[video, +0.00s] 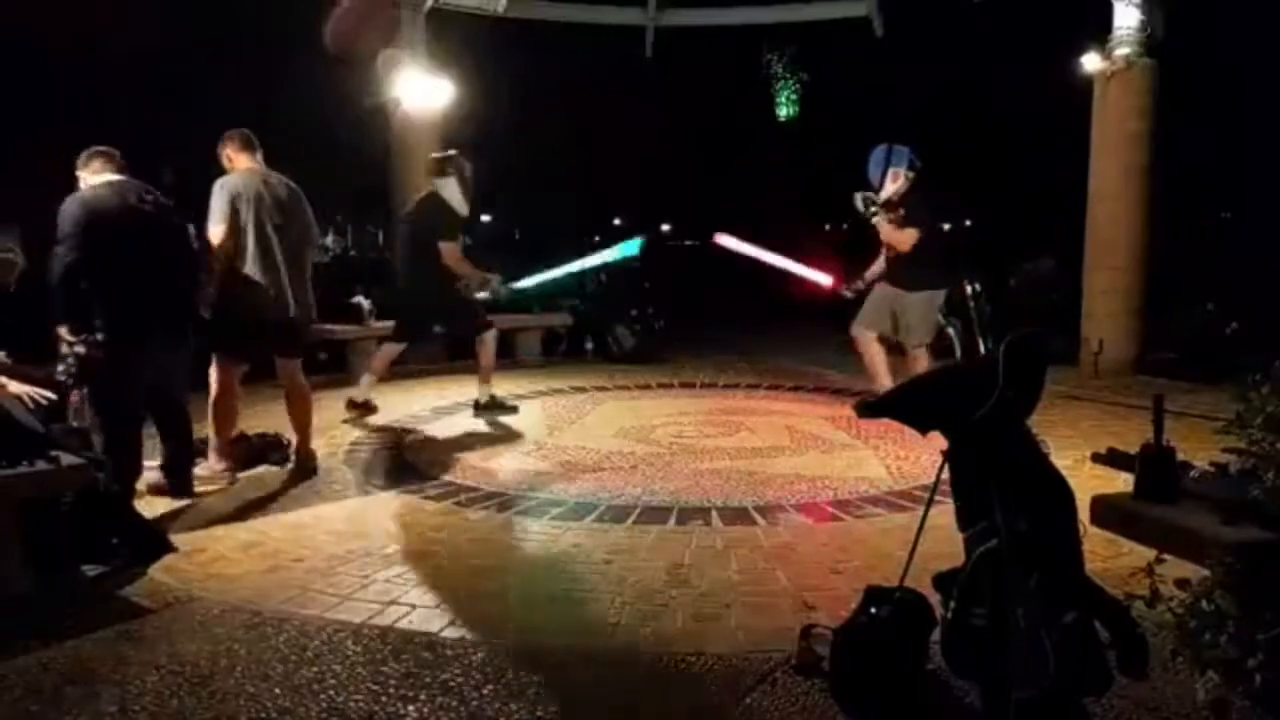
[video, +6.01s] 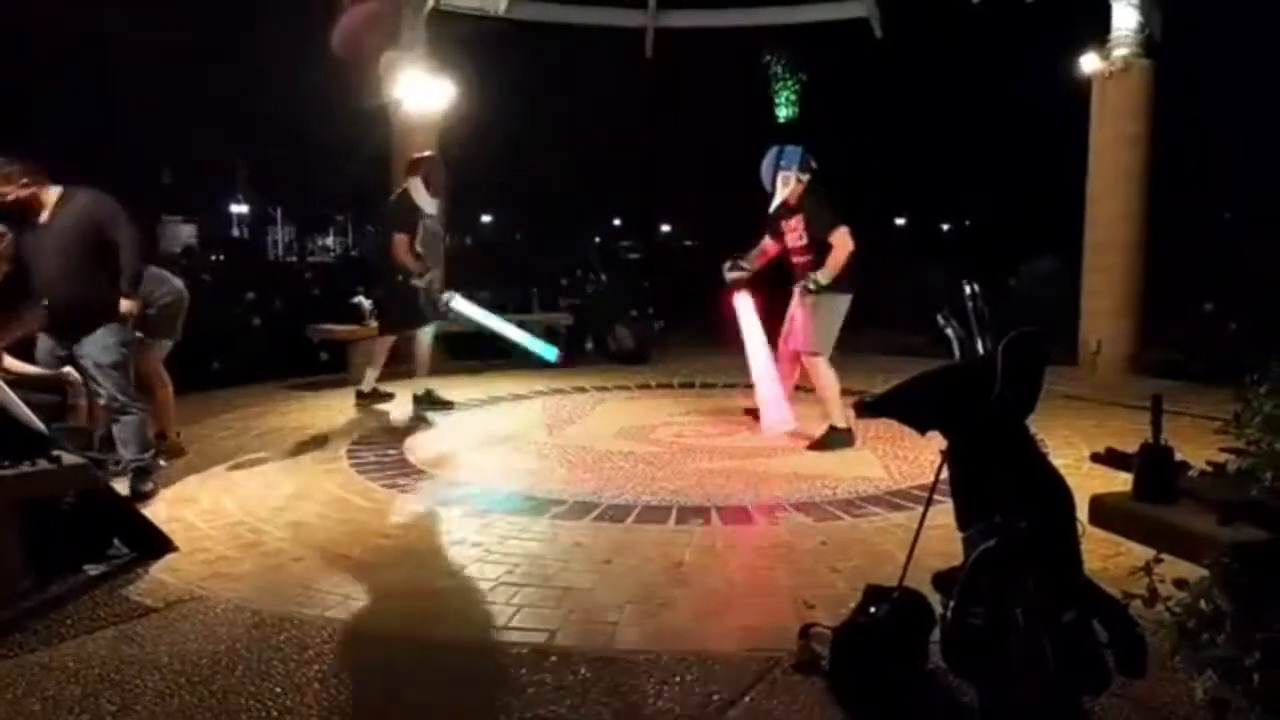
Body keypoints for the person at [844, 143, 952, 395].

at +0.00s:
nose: (883, 187)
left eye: (886, 179)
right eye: (882, 180)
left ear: (900, 175)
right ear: (887, 177)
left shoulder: (921, 202)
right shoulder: (894, 204)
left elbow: (906, 242)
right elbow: (888, 254)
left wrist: (876, 218)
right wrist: (863, 281)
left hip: (924, 286)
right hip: (894, 282)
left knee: (916, 347)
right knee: (863, 332)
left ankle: (921, 401)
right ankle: (887, 394)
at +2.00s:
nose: (846, 191)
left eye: (850, 184)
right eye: (842, 184)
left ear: (862, 182)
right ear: (838, 182)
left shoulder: (878, 207)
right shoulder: (843, 211)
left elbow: (888, 253)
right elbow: (844, 257)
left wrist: (846, 244)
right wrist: (824, 286)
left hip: (885, 291)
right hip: (852, 288)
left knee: (887, 357)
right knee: (824, 339)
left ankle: (923, 411)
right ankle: (820, 402)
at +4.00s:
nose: (822, 180)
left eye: (828, 173)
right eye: (818, 174)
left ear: (840, 172)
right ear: (813, 174)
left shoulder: (855, 203)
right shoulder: (817, 206)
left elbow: (879, 244)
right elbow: (814, 248)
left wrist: (877, 288)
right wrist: (801, 282)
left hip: (849, 287)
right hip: (823, 289)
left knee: (844, 347)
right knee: (827, 349)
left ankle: (848, 413)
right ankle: (838, 409)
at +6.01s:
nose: (781, 187)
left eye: (787, 180)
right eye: (778, 180)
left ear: (800, 179)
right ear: (774, 179)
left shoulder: (815, 206)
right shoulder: (781, 214)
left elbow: (844, 243)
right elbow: (769, 246)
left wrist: (821, 278)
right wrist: (747, 265)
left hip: (829, 290)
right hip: (804, 289)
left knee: (813, 355)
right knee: (788, 351)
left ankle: (839, 425)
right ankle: (774, 407)